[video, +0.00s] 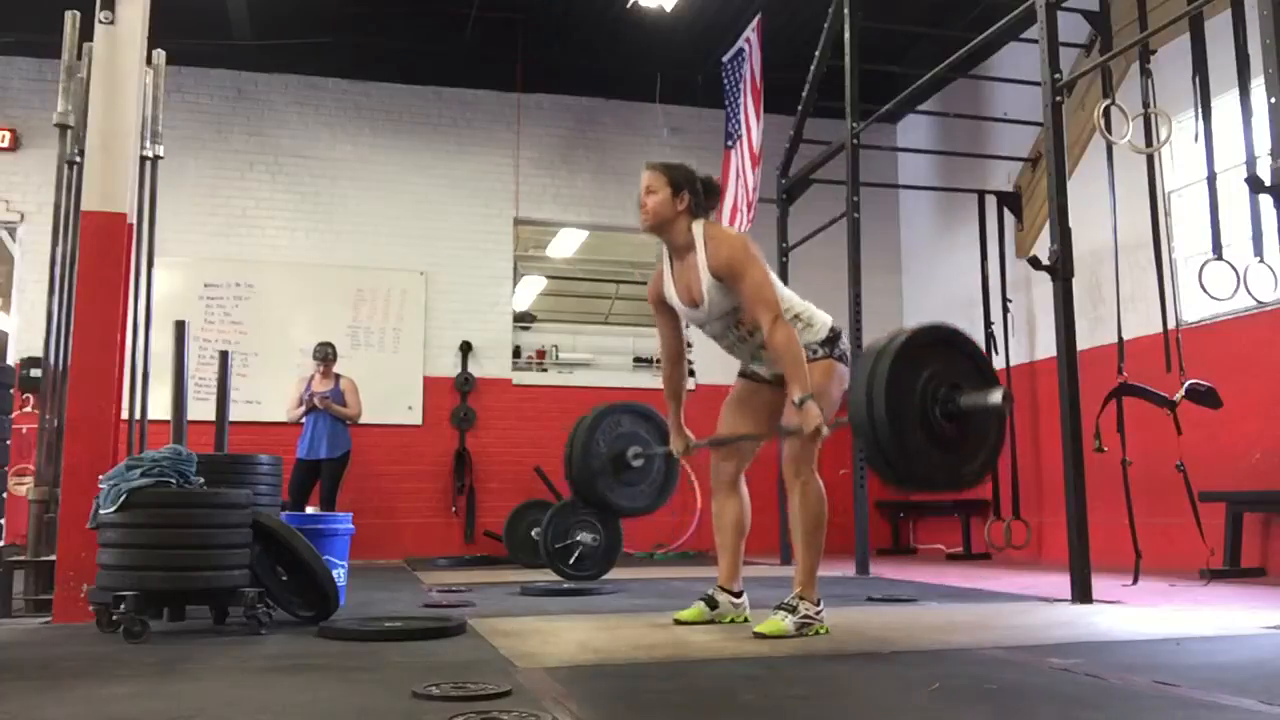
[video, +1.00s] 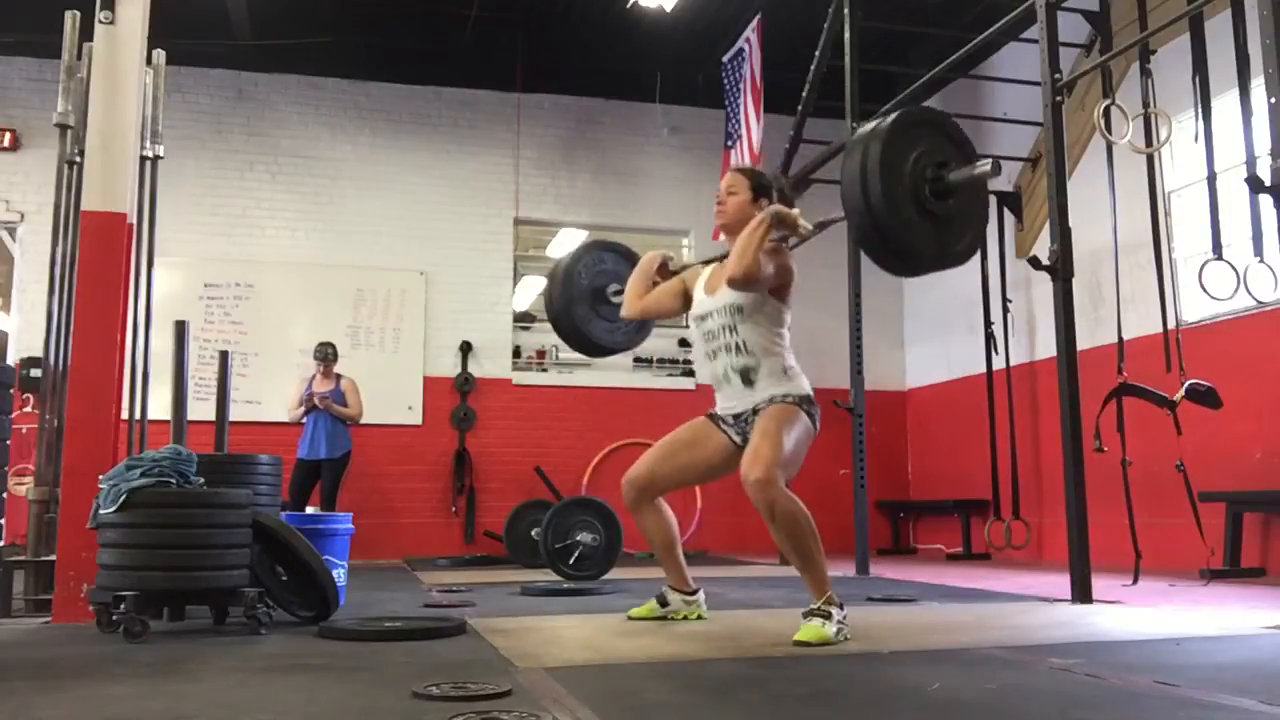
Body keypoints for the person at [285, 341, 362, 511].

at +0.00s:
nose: (322, 370)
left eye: (327, 366)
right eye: (318, 365)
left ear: (334, 362)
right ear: (314, 362)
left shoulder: (345, 383)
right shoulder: (304, 383)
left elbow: (355, 415)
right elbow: (290, 416)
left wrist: (329, 406)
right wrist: (305, 407)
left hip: (335, 449)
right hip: (309, 448)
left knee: (327, 499)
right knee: (295, 495)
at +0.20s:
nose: (322, 370)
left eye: (327, 366)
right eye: (319, 365)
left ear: (334, 362)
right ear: (314, 362)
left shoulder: (346, 383)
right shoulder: (304, 383)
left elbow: (355, 415)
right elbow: (290, 416)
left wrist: (329, 405)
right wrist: (306, 407)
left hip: (335, 449)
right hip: (308, 449)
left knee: (327, 500)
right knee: (296, 496)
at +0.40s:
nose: (323, 370)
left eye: (327, 366)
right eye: (319, 365)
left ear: (335, 362)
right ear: (315, 362)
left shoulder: (346, 383)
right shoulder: (305, 382)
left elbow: (356, 415)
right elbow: (291, 416)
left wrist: (330, 405)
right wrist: (306, 407)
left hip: (335, 449)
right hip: (309, 449)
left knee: (327, 500)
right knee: (296, 497)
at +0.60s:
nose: (323, 370)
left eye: (327, 366)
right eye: (319, 365)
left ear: (335, 362)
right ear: (315, 362)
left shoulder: (346, 383)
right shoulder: (305, 383)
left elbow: (356, 415)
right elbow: (291, 416)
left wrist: (330, 406)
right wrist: (306, 407)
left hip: (336, 450)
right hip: (309, 449)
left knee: (327, 501)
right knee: (296, 498)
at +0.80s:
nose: (323, 370)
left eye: (327, 366)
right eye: (319, 365)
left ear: (335, 362)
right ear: (315, 362)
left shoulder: (346, 383)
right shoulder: (305, 383)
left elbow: (356, 415)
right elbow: (291, 416)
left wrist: (330, 406)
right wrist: (307, 406)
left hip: (336, 450)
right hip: (309, 449)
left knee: (327, 501)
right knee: (296, 499)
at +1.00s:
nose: (322, 370)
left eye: (327, 366)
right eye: (319, 365)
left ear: (335, 363)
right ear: (314, 362)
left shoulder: (346, 384)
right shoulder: (306, 383)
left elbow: (356, 415)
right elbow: (291, 417)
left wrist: (330, 406)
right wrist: (305, 407)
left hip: (336, 449)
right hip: (309, 449)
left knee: (327, 501)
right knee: (296, 498)